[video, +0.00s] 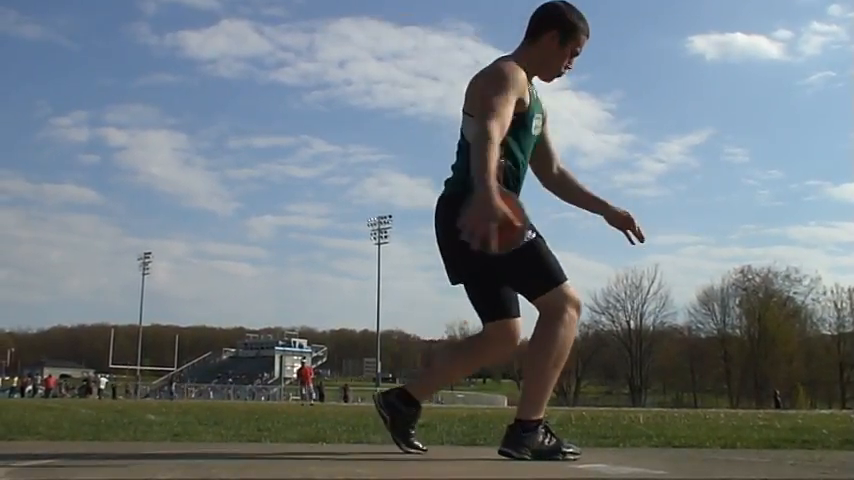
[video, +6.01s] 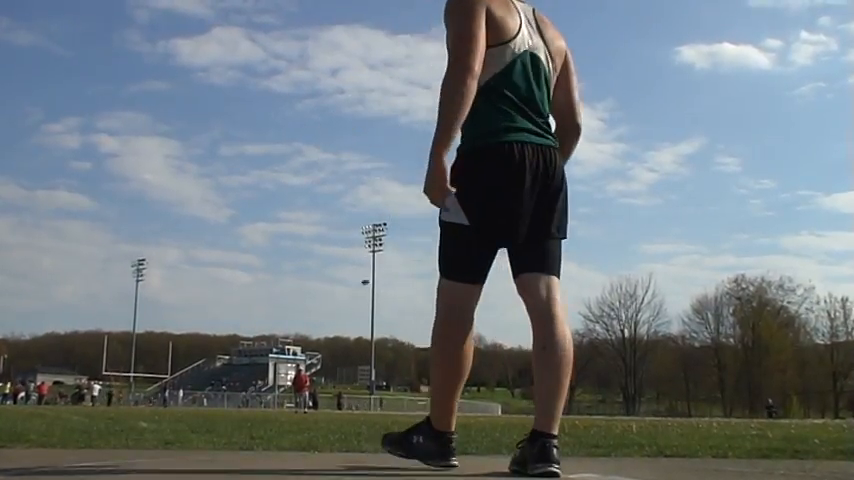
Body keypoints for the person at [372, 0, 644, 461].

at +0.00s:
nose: (570, 65)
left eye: (575, 58)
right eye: (571, 52)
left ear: (549, 43)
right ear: (548, 37)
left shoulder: (532, 102)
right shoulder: (506, 75)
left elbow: (552, 173)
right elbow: (486, 133)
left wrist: (606, 209)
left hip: (462, 211)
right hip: (487, 207)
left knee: (503, 337)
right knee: (563, 305)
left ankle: (404, 400)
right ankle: (528, 429)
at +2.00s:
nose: (573, 81)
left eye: (578, 72)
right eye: (571, 69)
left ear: (555, 63)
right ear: (546, 57)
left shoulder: (546, 122)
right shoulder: (504, 99)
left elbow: (571, 188)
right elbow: (459, 150)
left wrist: (630, 222)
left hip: (465, 236)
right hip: (486, 228)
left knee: (514, 347)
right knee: (576, 314)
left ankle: (412, 404)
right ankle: (527, 432)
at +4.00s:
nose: (587, 116)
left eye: (590, 107)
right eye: (586, 104)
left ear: (562, 101)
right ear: (561, 98)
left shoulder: (558, 154)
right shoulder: (497, 127)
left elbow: (568, 182)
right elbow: (417, 147)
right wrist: (344, 165)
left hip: (443, 254)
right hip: (472, 248)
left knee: (490, 352)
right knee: (573, 324)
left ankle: (405, 416)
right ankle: (528, 433)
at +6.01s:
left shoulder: (472, 4)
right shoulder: (550, 30)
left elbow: (465, 72)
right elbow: (571, 123)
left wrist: (437, 158)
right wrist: (543, 172)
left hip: (487, 165)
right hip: (546, 170)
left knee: (456, 305)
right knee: (547, 301)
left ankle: (438, 434)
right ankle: (544, 444)